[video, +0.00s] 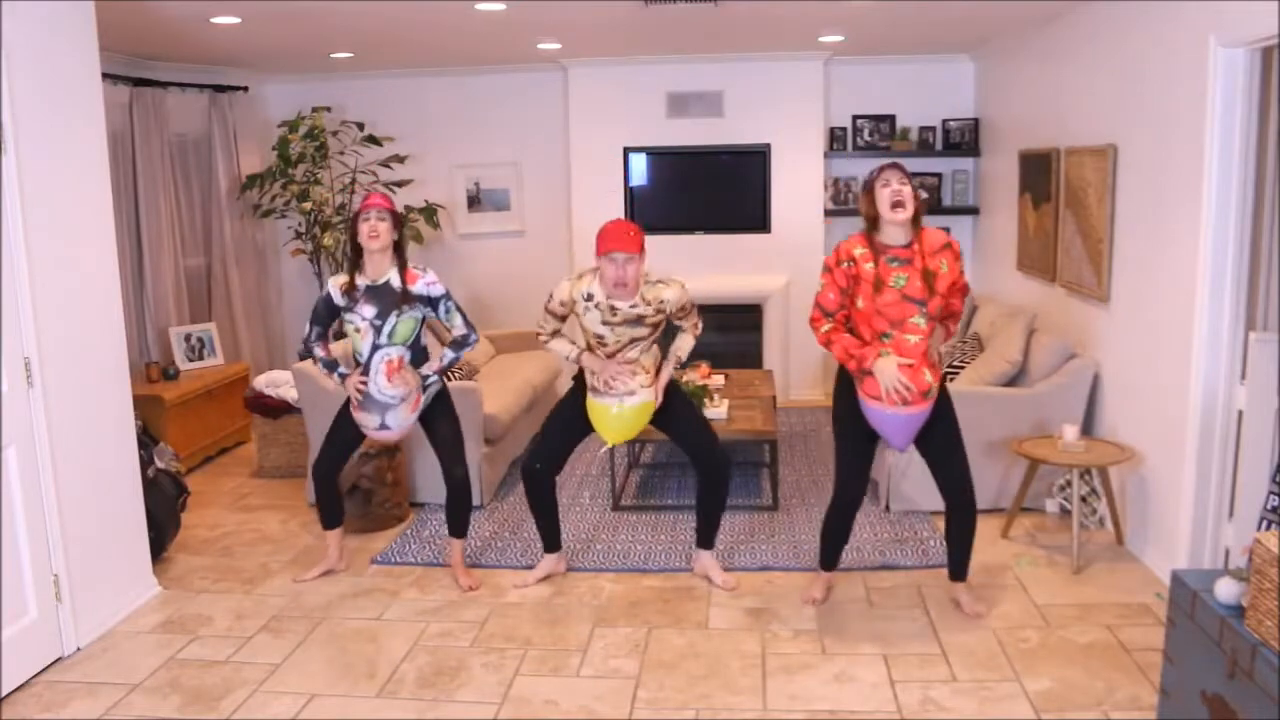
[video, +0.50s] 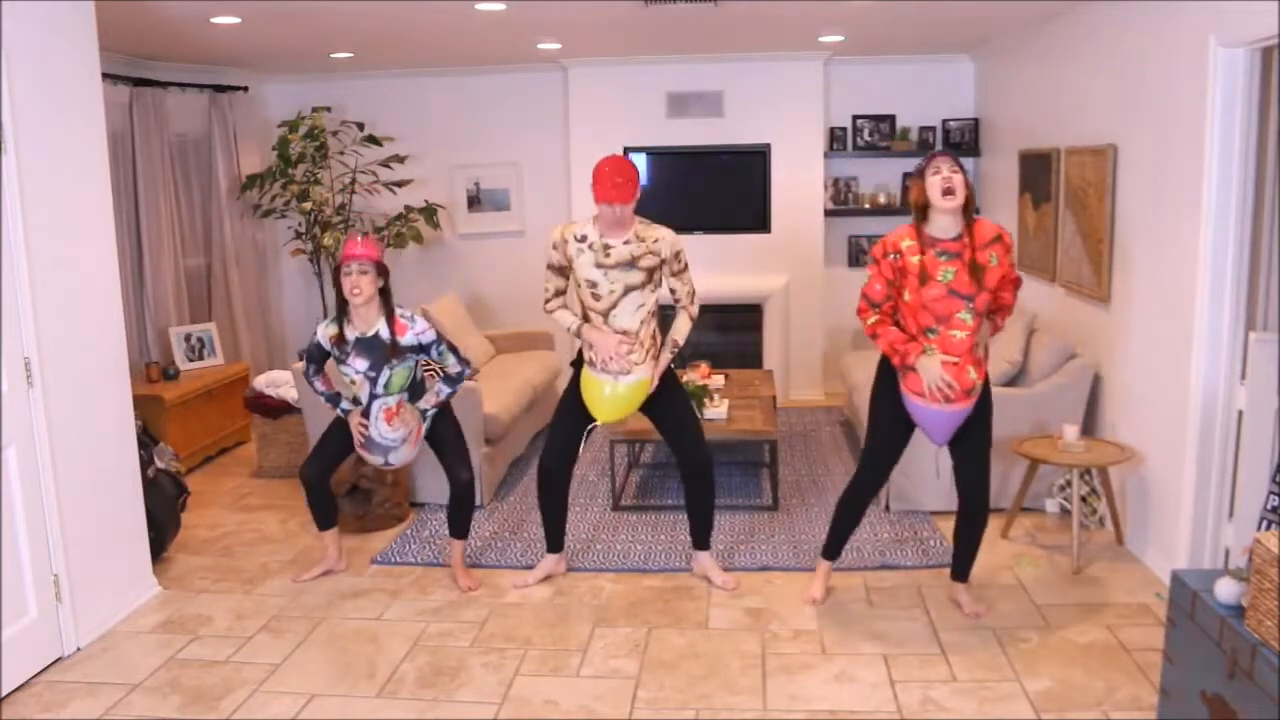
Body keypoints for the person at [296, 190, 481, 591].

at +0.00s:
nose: (372, 225)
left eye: (381, 219)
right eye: (365, 220)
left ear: (395, 230)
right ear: (355, 231)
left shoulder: (421, 281)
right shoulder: (340, 288)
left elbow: (466, 336)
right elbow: (314, 342)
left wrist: (429, 369)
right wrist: (344, 377)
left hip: (424, 386)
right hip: (367, 391)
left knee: (457, 470)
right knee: (324, 469)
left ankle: (457, 558)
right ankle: (334, 555)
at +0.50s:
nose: (354, 281)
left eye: (364, 272)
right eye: (347, 273)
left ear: (380, 279)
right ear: (339, 281)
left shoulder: (410, 324)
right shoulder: (331, 332)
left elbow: (460, 368)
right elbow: (311, 370)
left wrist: (421, 409)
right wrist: (347, 410)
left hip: (420, 403)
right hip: (365, 409)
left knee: (463, 477)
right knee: (312, 474)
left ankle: (457, 560)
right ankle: (333, 555)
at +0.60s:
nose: (353, 293)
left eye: (362, 284)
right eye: (346, 285)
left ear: (379, 290)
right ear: (338, 292)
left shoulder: (409, 334)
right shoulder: (331, 339)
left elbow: (457, 377)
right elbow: (312, 376)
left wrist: (419, 415)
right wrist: (346, 416)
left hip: (418, 406)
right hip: (363, 411)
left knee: (462, 476)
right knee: (309, 474)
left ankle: (457, 560)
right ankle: (333, 555)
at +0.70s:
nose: (353, 297)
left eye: (362, 288)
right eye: (346, 289)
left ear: (378, 293)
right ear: (337, 296)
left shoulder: (408, 338)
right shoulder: (330, 341)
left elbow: (458, 378)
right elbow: (310, 375)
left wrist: (419, 417)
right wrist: (344, 417)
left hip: (417, 408)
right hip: (362, 413)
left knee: (461, 479)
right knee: (307, 474)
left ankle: (458, 562)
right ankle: (333, 555)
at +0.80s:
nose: (352, 293)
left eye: (362, 284)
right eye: (345, 285)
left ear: (378, 289)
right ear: (337, 291)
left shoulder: (408, 334)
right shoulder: (328, 337)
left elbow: (457, 375)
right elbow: (307, 371)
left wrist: (417, 414)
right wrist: (342, 414)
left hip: (416, 405)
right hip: (360, 410)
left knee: (456, 481)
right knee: (307, 474)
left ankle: (457, 562)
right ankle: (333, 555)